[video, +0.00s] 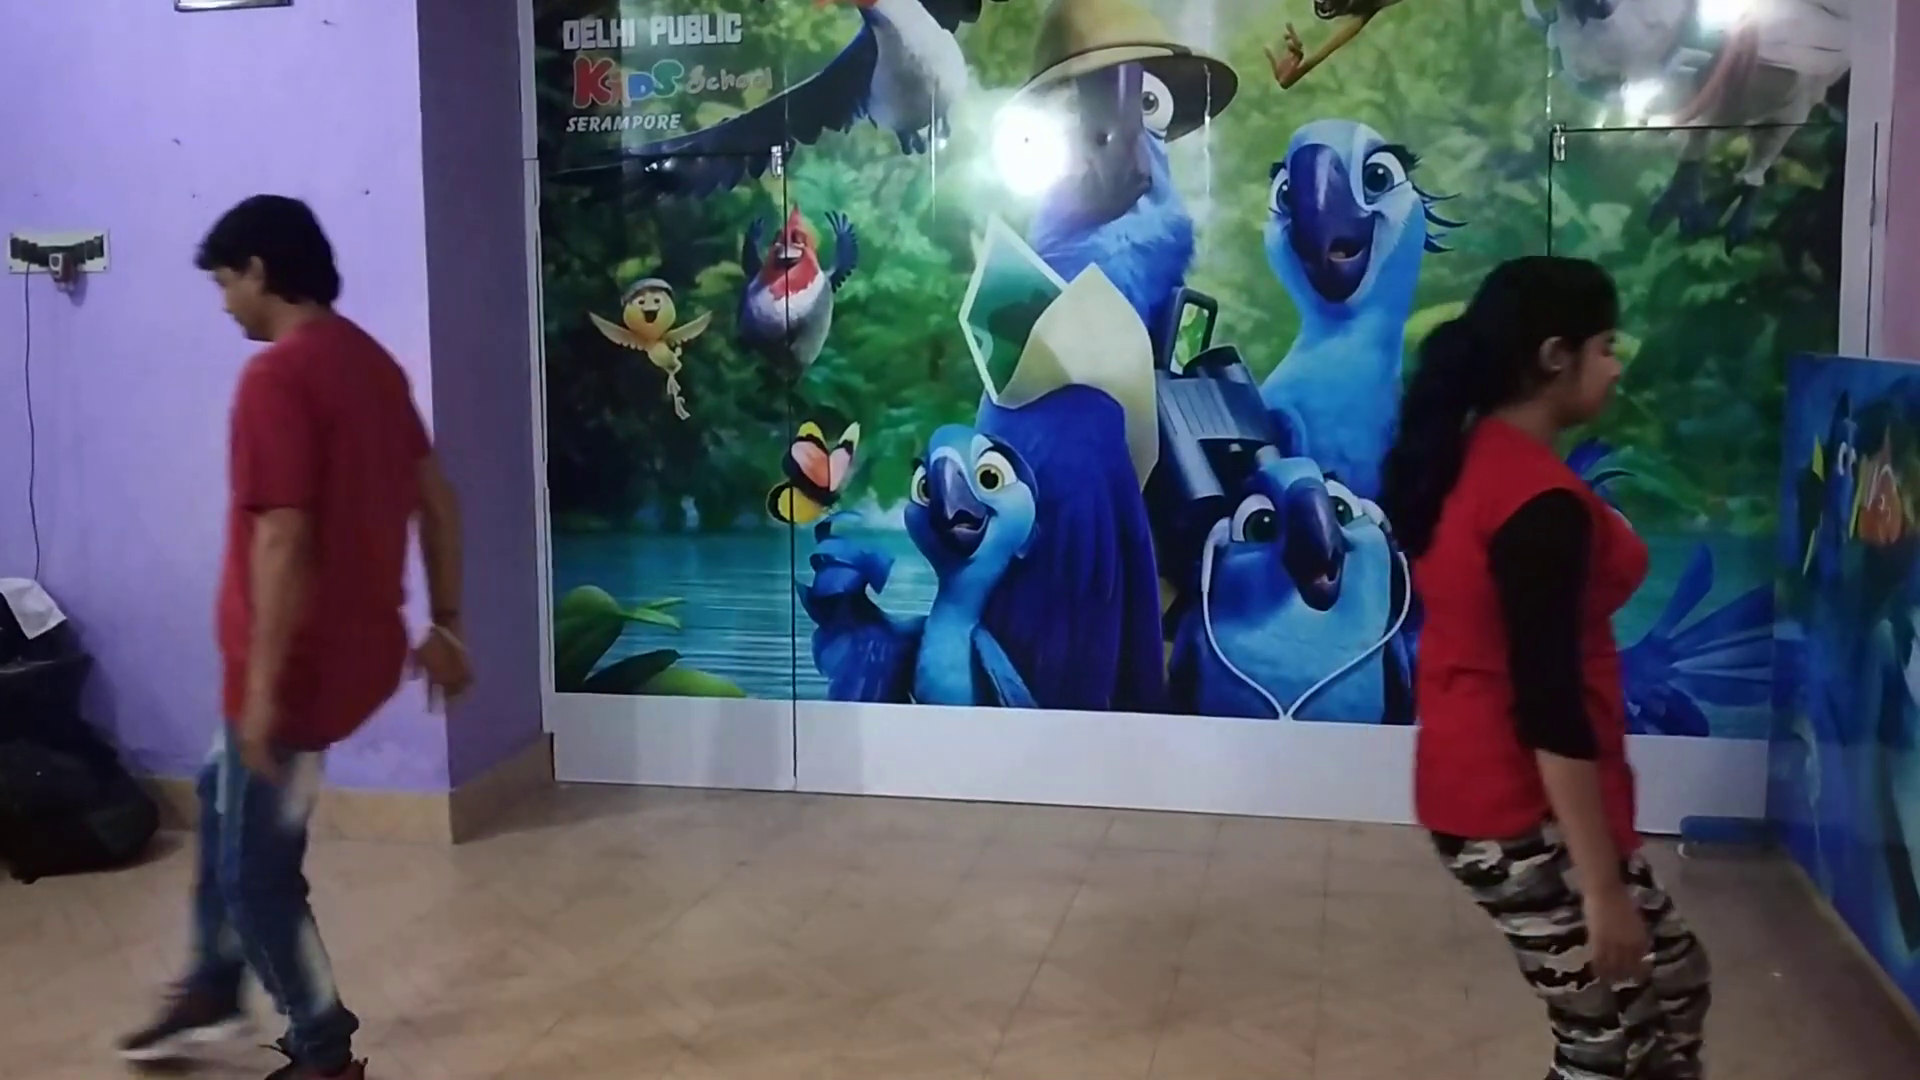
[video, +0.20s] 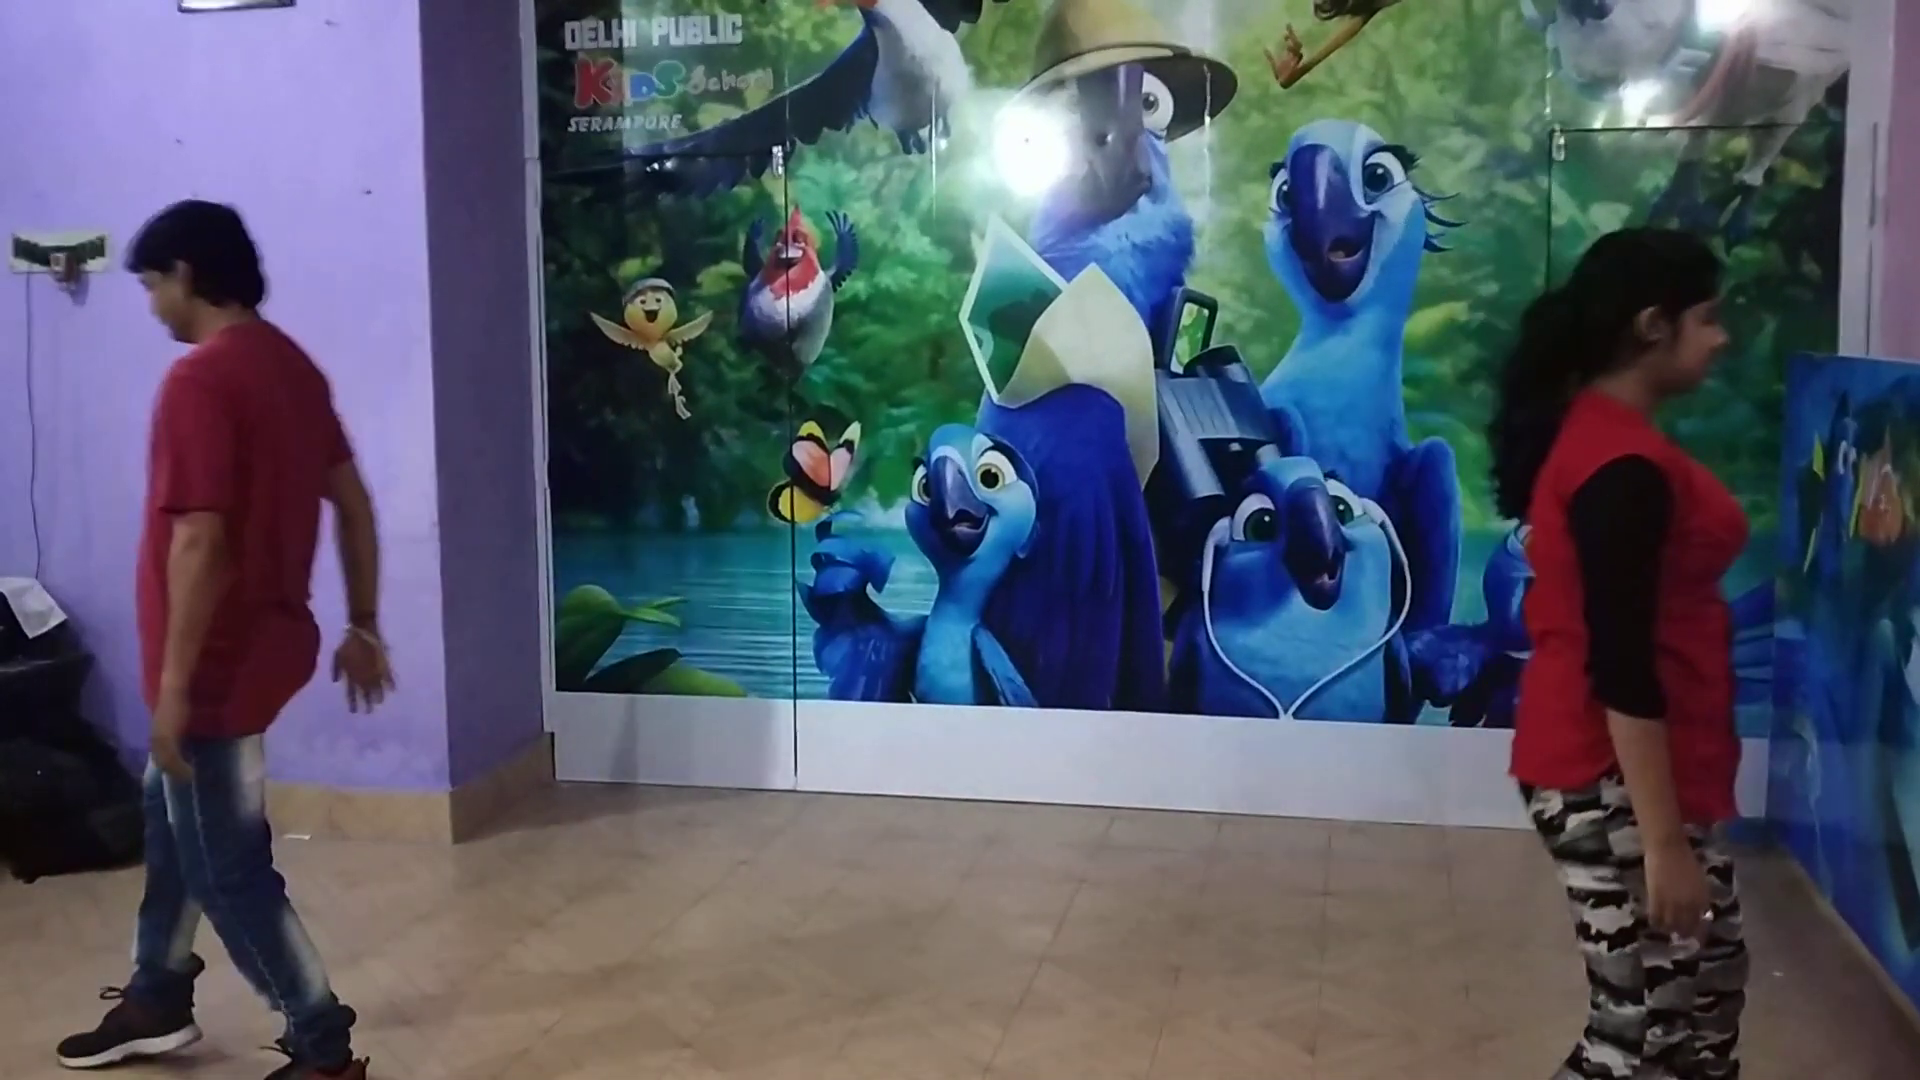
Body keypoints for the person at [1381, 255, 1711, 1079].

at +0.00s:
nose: (1617, 369)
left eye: (1615, 350)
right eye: (1609, 349)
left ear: (1538, 357)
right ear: (1554, 357)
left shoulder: (1469, 460)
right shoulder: (1540, 500)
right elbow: (1552, 711)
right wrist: (1605, 890)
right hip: (1522, 819)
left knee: (1673, 979)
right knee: (1606, 1039)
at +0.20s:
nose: (1722, 338)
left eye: (1719, 317)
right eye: (1708, 317)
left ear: (1647, 328)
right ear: (1651, 325)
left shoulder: (1602, 435)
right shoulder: (1621, 459)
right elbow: (1622, 669)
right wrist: (1663, 842)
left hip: (1639, 767)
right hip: (1613, 778)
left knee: (1708, 998)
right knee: (1647, 1032)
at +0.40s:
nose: (1795, 312)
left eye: (1792, 293)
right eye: (1781, 294)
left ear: (1715, 305)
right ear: (1718, 304)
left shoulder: (1698, 412)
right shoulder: (1681, 433)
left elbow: (1694, 609)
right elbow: (1663, 633)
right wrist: (1682, 806)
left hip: (1705, 747)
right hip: (1661, 752)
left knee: (1709, 993)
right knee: (1642, 997)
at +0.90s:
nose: (1819, 347)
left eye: (1822, 327)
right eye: (1810, 324)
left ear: (1746, 318)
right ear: (1750, 316)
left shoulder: (1717, 427)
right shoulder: (1672, 428)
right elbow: (1640, 581)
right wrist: (1660, 700)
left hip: (1742, 760)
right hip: (1674, 757)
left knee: (1750, 977)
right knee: (1599, 982)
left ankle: (1726, 1074)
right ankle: (1499, 1072)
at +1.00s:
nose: (1823, 350)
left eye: (1826, 330)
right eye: (1814, 327)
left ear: (1750, 326)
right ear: (1753, 322)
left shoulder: (1722, 434)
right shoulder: (1687, 441)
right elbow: (1636, 571)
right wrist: (1640, 629)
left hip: (1729, 768)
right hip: (1665, 764)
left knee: (1779, 970)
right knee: (1599, 996)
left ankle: (1744, 1074)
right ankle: (1496, 1072)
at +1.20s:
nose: (1881, 428)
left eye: (1875, 407)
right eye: (1862, 409)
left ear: (1795, 423)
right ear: (1799, 422)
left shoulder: (1743, 505)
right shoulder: (1797, 543)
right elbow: (1742, 755)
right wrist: (1747, 841)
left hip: (1669, 811)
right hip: (1611, 819)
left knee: (1802, 979)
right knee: (1629, 1066)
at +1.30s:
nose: (1913, 510)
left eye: (1910, 488)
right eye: (1899, 488)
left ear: (1832, 502)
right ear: (1837, 500)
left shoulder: (1762, 566)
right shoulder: (1826, 621)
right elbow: (1847, 824)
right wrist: (1897, 985)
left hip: (1658, 837)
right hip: (1585, 853)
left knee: (1801, 979)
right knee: (1648, 1067)